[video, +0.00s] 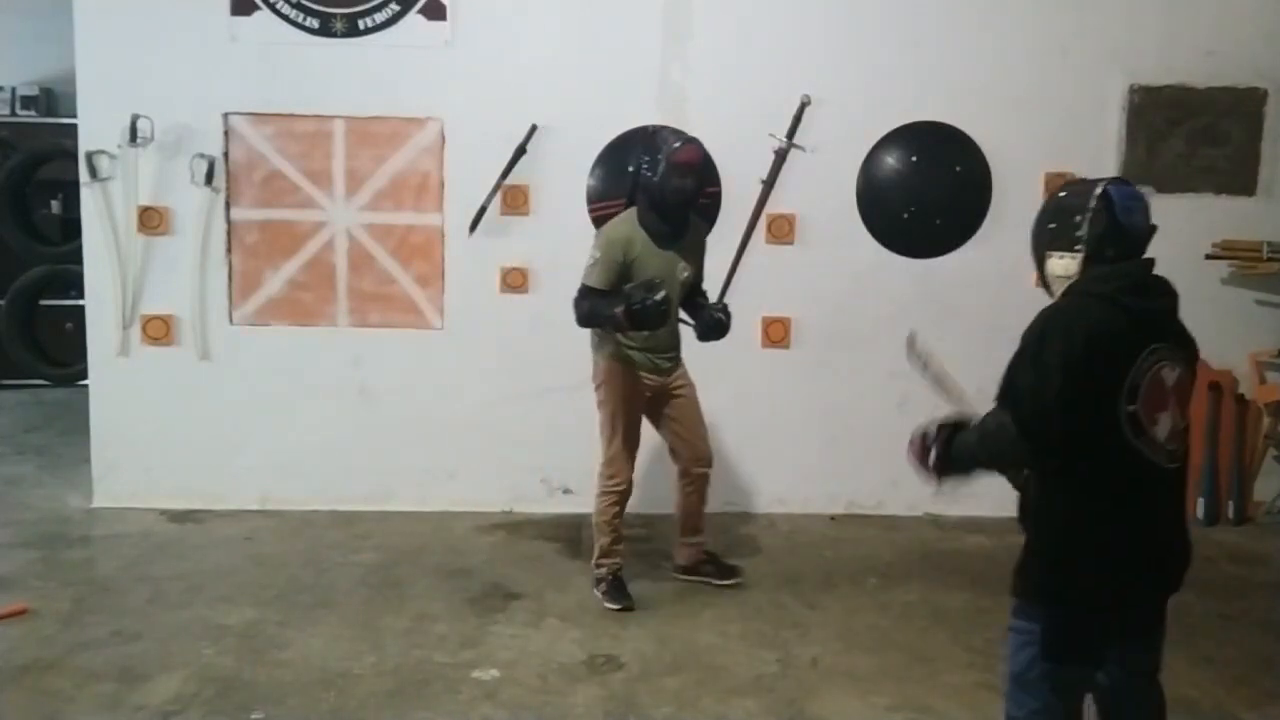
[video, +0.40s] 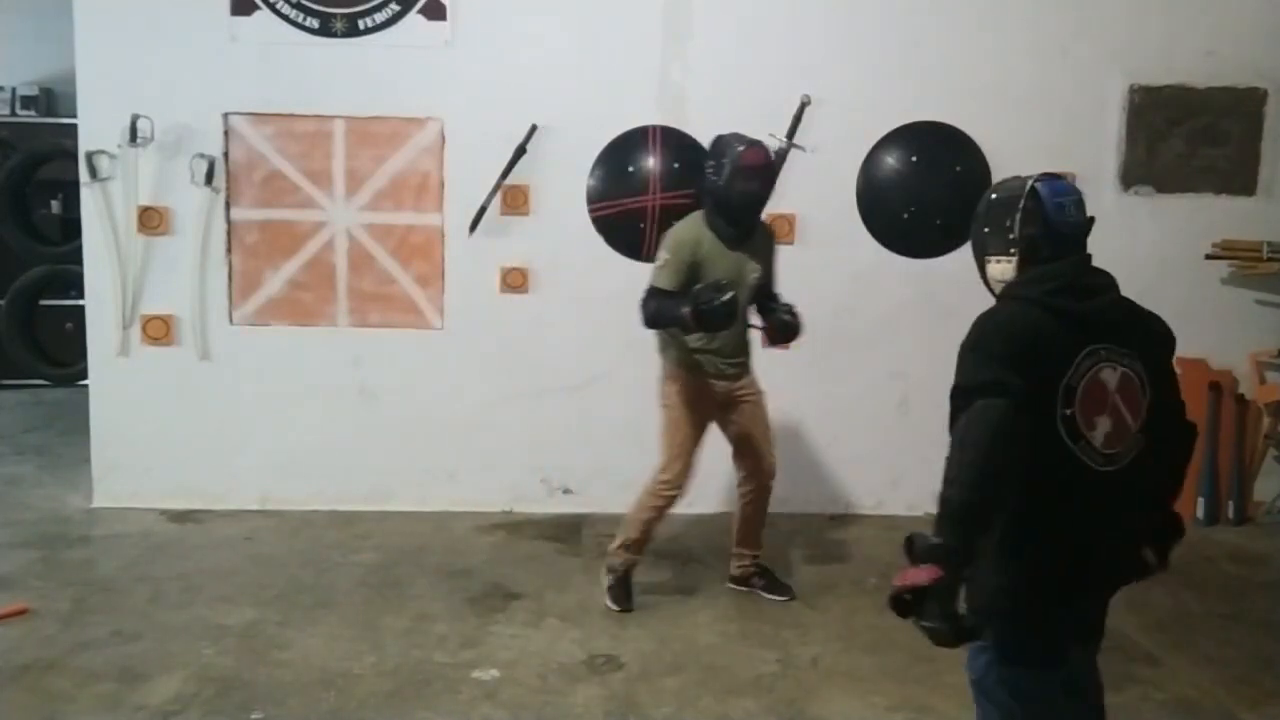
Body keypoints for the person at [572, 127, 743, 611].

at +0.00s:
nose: (687, 189)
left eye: (693, 181)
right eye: (678, 178)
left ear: (699, 189)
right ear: (654, 182)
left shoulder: (693, 235)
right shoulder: (618, 235)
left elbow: (689, 293)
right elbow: (585, 306)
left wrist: (707, 316)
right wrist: (627, 313)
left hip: (669, 367)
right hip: (619, 366)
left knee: (696, 459)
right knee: (617, 472)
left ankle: (690, 555)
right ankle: (607, 570)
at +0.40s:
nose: (757, 192)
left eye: (762, 183)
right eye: (747, 181)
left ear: (766, 186)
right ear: (718, 182)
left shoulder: (760, 239)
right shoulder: (687, 236)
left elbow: (765, 298)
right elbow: (652, 308)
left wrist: (779, 321)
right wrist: (692, 312)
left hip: (738, 378)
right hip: (687, 377)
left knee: (759, 468)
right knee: (673, 477)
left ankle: (745, 566)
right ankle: (620, 564)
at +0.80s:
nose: (802, 202)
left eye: (811, 193)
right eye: (793, 190)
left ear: (818, 198)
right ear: (767, 188)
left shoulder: (813, 251)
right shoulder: (733, 244)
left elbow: (835, 314)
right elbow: (708, 319)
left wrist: (836, 306)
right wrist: (763, 304)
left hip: (775, 375)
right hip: (727, 371)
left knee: (787, 482)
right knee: (761, 481)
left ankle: (751, 567)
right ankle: (738, 596)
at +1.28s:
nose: (829, 224)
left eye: (838, 214)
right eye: (819, 212)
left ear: (846, 217)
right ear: (792, 210)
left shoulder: (844, 271)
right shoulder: (760, 264)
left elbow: (845, 339)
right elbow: (702, 332)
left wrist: (861, 349)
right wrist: (729, 382)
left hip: (813, 405)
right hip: (762, 402)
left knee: (834, 499)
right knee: (784, 508)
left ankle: (791, 554)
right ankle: (771, 627)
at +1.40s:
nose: (820, 226)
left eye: (829, 216)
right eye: (811, 215)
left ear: (839, 213)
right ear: (790, 208)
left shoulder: (847, 262)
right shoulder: (761, 254)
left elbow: (862, 328)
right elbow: (700, 313)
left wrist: (888, 328)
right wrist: (718, 358)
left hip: (817, 396)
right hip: (769, 392)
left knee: (822, 496)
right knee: (786, 502)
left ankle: (790, 563)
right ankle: (770, 624)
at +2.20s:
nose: (851, 216)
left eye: (860, 205)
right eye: (841, 204)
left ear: (869, 209)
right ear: (816, 203)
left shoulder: (871, 257)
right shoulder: (788, 258)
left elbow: (875, 333)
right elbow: (754, 337)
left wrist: (882, 341)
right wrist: (768, 319)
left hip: (837, 383)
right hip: (789, 381)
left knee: (840, 481)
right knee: (809, 488)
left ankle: (807, 550)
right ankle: (783, 609)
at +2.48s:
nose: (865, 226)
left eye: (873, 215)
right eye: (855, 213)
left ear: (884, 219)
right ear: (832, 214)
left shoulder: (885, 260)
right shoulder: (806, 265)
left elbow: (909, 330)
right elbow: (764, 333)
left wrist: (918, 311)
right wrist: (802, 356)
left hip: (850, 381)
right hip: (804, 379)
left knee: (858, 478)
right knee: (821, 485)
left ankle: (823, 546)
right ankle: (788, 608)